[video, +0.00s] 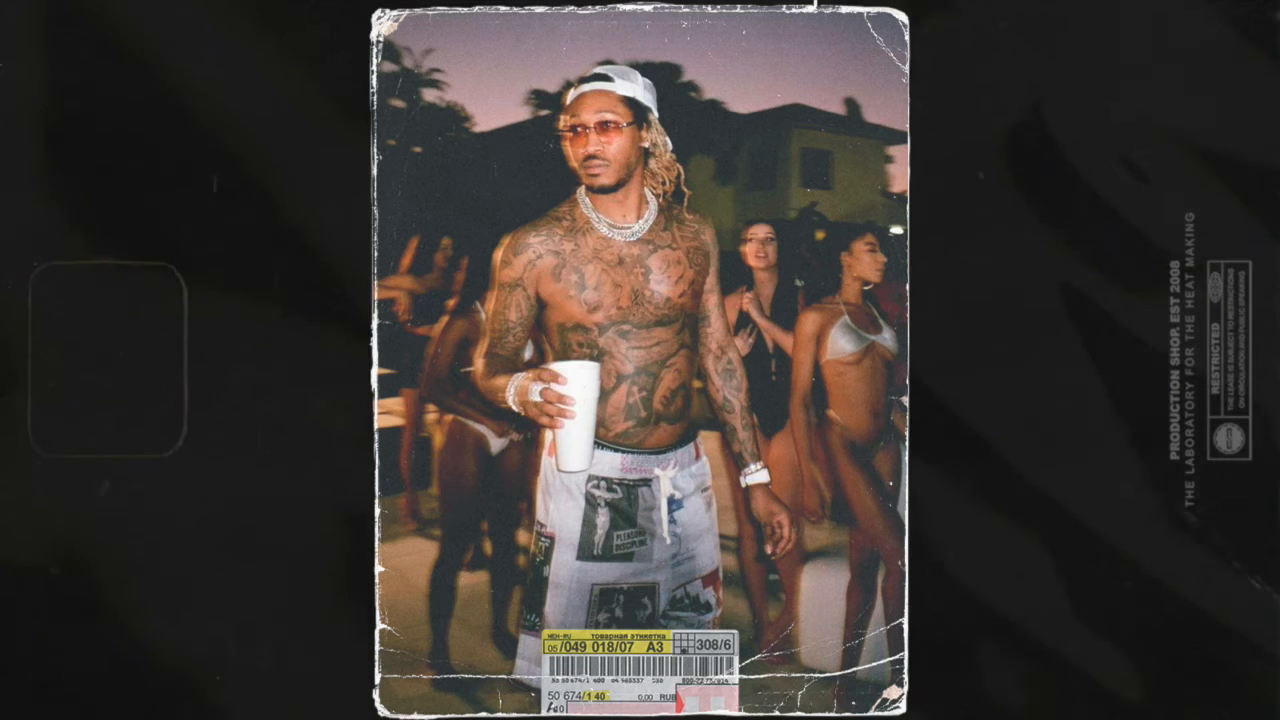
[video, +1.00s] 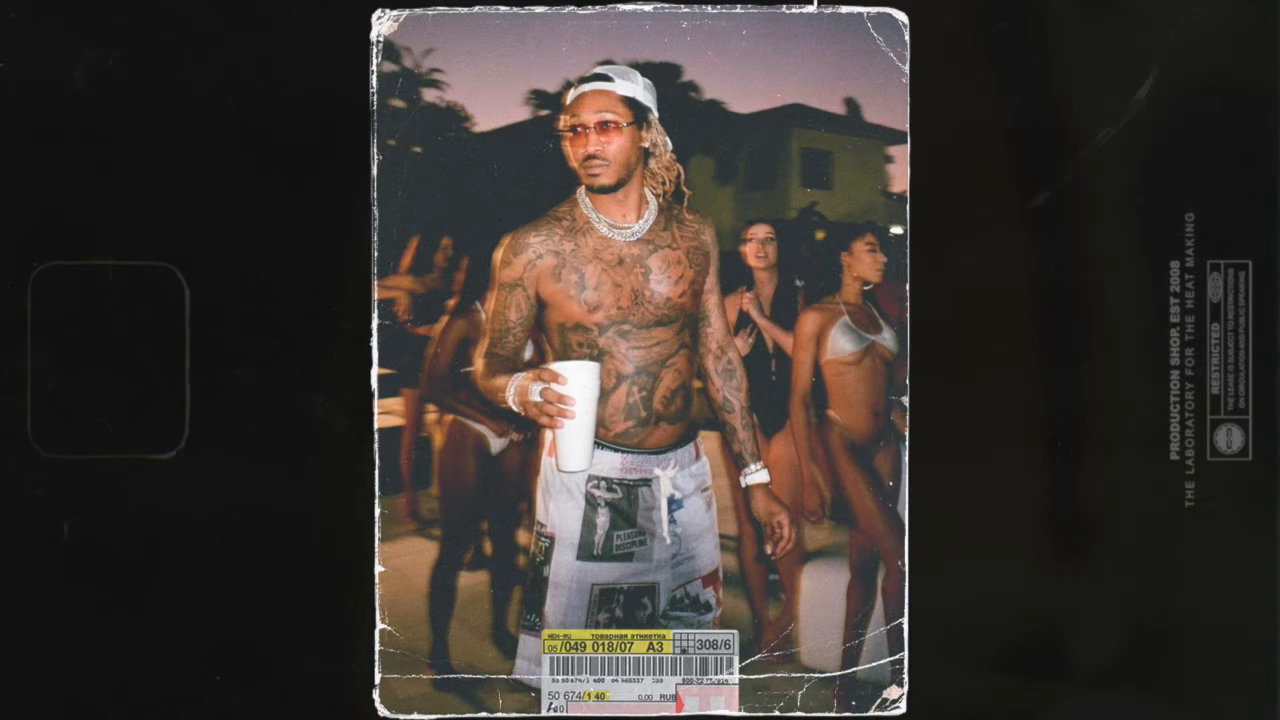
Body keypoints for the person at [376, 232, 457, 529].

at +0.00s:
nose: (446, 253)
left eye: (451, 248)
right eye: (442, 247)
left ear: (455, 252)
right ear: (431, 250)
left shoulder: (457, 274)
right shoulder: (416, 277)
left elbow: (461, 303)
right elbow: (398, 283)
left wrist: (436, 327)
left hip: (445, 346)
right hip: (416, 345)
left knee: (450, 425)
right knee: (413, 426)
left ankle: (453, 498)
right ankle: (410, 500)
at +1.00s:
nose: (446, 254)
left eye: (450, 249)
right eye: (442, 247)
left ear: (456, 254)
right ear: (431, 250)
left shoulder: (456, 280)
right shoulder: (415, 282)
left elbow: (461, 313)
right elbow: (393, 285)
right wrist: (404, 294)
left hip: (445, 351)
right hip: (416, 349)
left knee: (449, 427)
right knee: (412, 428)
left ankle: (452, 499)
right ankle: (410, 502)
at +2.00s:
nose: (446, 254)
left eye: (451, 249)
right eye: (442, 248)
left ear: (456, 254)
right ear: (431, 250)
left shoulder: (456, 278)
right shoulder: (416, 280)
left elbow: (463, 305)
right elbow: (395, 284)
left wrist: (437, 326)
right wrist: (404, 295)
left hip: (446, 346)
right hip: (417, 344)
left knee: (451, 425)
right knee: (413, 427)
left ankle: (454, 499)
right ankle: (410, 502)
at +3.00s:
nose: (445, 254)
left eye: (450, 249)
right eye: (442, 247)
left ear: (456, 253)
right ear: (432, 249)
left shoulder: (459, 273)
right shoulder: (419, 244)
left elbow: (461, 303)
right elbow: (398, 283)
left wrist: (436, 327)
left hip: (446, 346)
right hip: (417, 344)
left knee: (450, 426)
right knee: (413, 427)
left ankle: (454, 500)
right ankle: (410, 504)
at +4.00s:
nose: (445, 254)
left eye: (450, 249)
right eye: (441, 248)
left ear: (455, 254)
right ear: (431, 250)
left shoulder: (458, 275)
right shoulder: (415, 282)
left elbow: (461, 302)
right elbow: (397, 283)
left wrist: (437, 327)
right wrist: (404, 300)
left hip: (445, 349)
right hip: (417, 346)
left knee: (449, 427)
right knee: (412, 428)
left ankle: (451, 499)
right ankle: (410, 502)